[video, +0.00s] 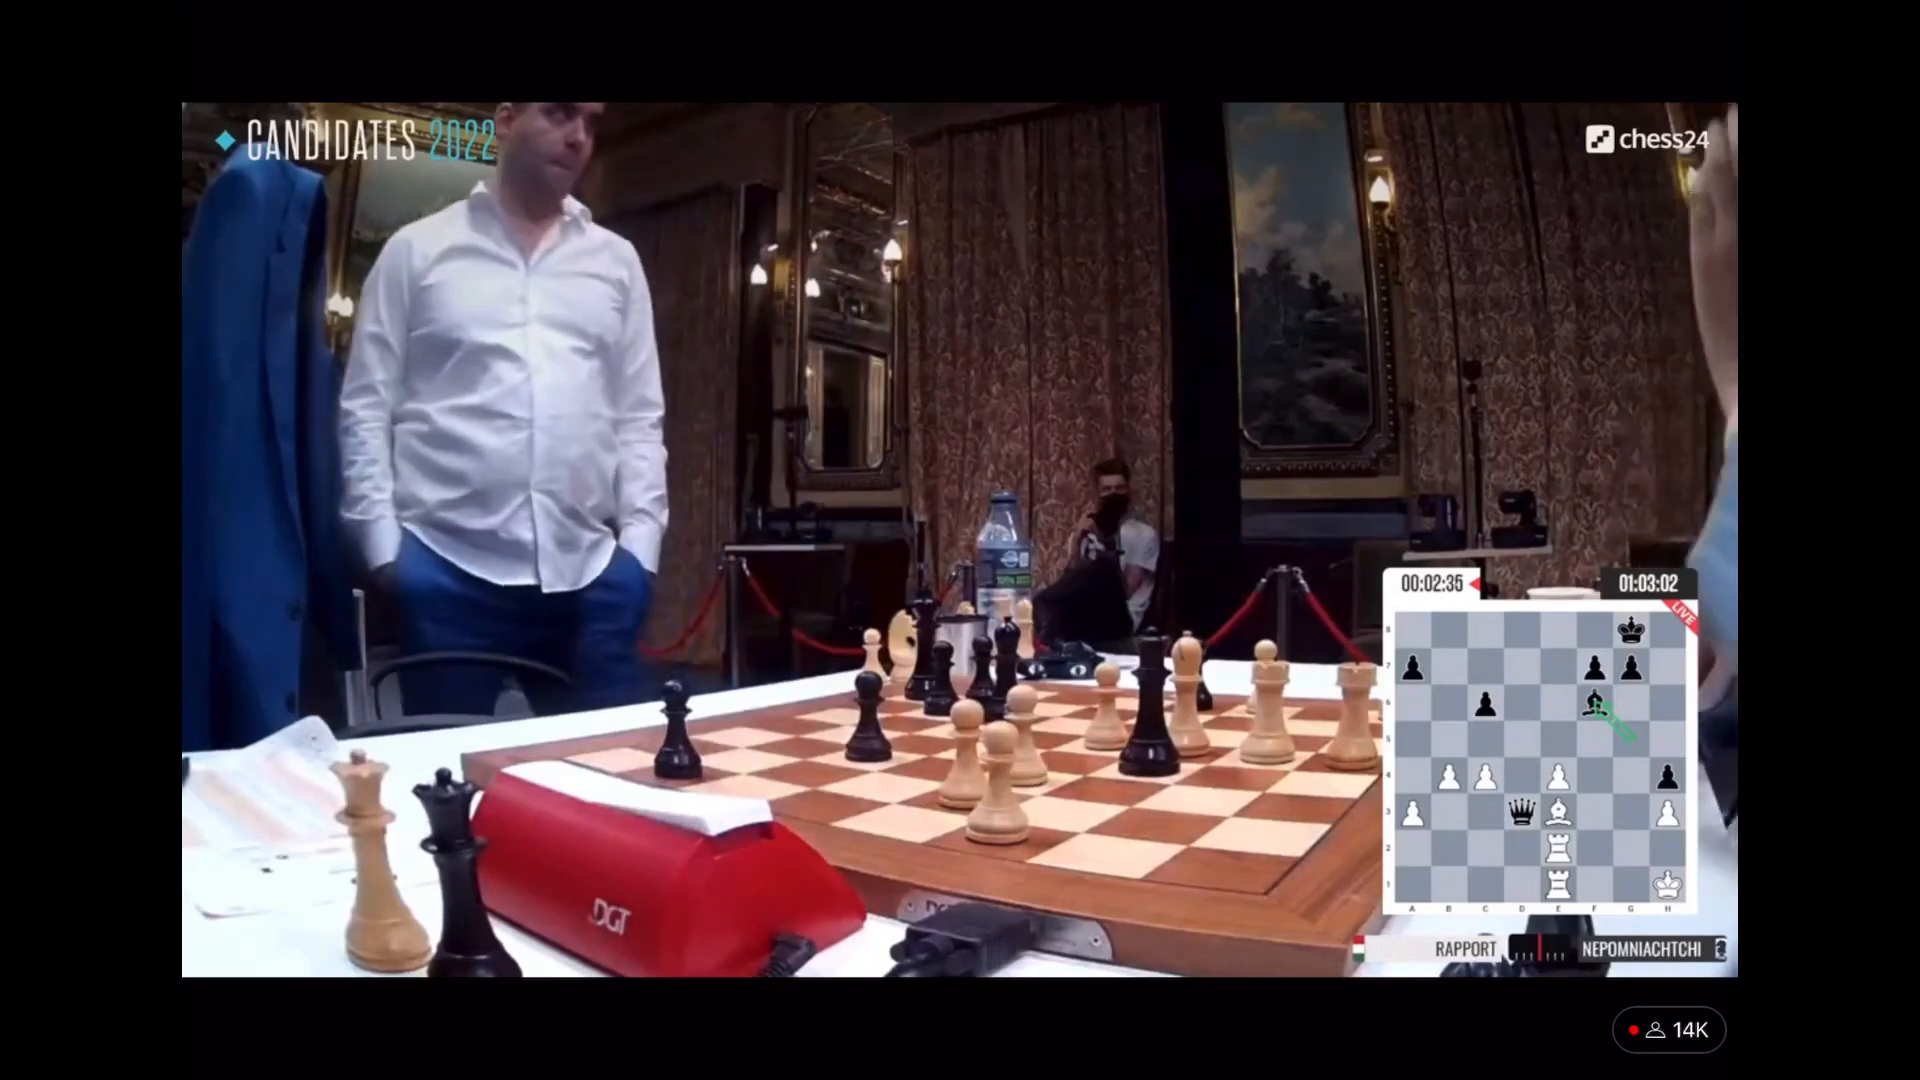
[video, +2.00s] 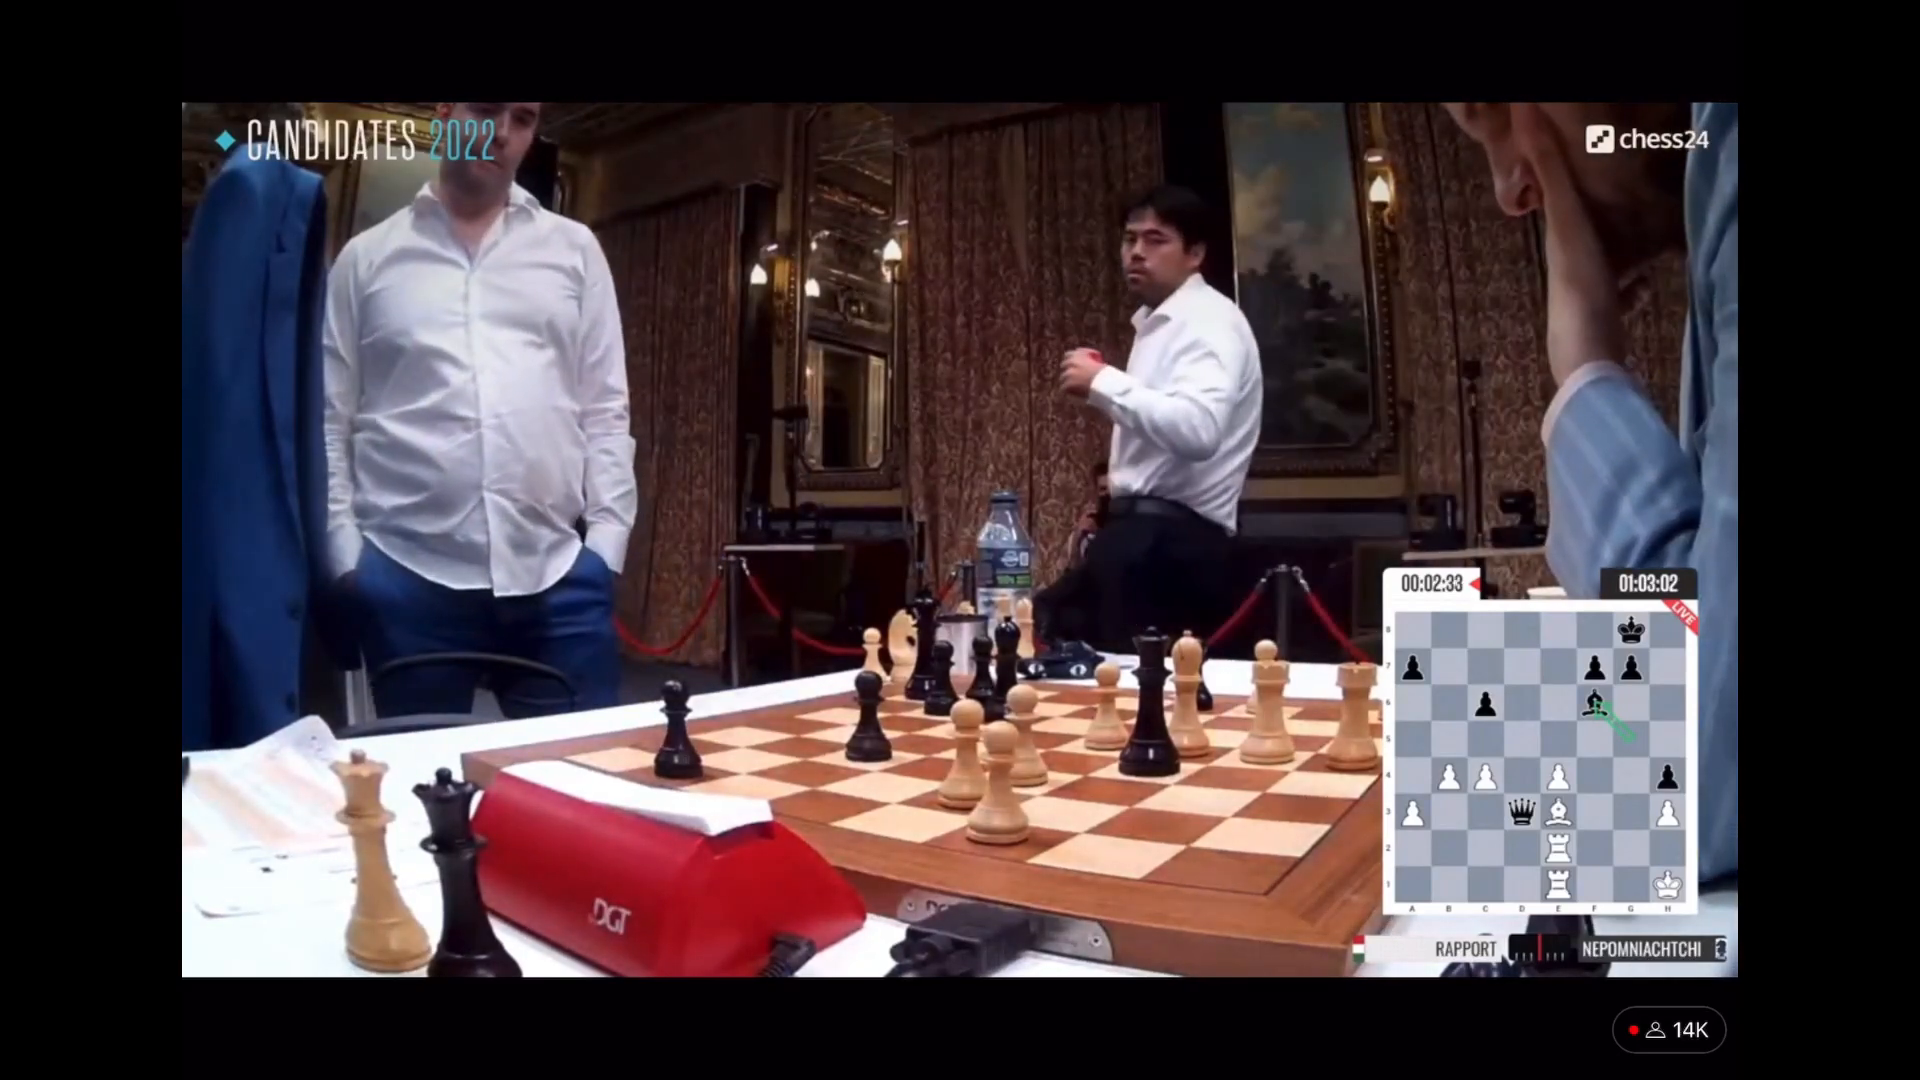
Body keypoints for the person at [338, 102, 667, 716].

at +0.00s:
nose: (578, 137)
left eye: (589, 123)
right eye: (559, 114)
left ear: (597, 141)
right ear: (506, 120)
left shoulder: (616, 260)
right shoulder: (417, 250)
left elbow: (640, 418)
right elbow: (365, 404)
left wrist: (637, 551)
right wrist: (384, 550)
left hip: (591, 581)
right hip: (447, 579)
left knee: (610, 782)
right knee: (448, 784)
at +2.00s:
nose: (497, 132)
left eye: (519, 118)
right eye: (483, 110)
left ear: (534, 134)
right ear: (445, 114)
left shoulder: (574, 249)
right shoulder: (366, 259)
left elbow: (606, 410)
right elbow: (330, 420)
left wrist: (604, 546)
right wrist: (347, 562)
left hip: (559, 585)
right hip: (409, 589)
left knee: (592, 789)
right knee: (422, 801)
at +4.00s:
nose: (494, 141)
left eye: (514, 127)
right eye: (479, 117)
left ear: (528, 142)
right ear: (438, 119)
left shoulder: (559, 259)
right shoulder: (359, 260)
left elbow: (588, 415)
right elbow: (323, 421)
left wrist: (589, 550)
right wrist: (347, 565)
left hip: (549, 582)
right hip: (406, 585)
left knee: (574, 788)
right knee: (419, 791)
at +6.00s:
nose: (490, 144)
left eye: (513, 130)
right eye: (477, 120)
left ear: (528, 144)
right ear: (440, 119)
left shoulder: (565, 258)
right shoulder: (361, 262)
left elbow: (593, 417)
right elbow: (324, 420)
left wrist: (590, 552)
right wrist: (342, 561)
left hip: (548, 584)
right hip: (402, 585)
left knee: (571, 790)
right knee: (415, 793)